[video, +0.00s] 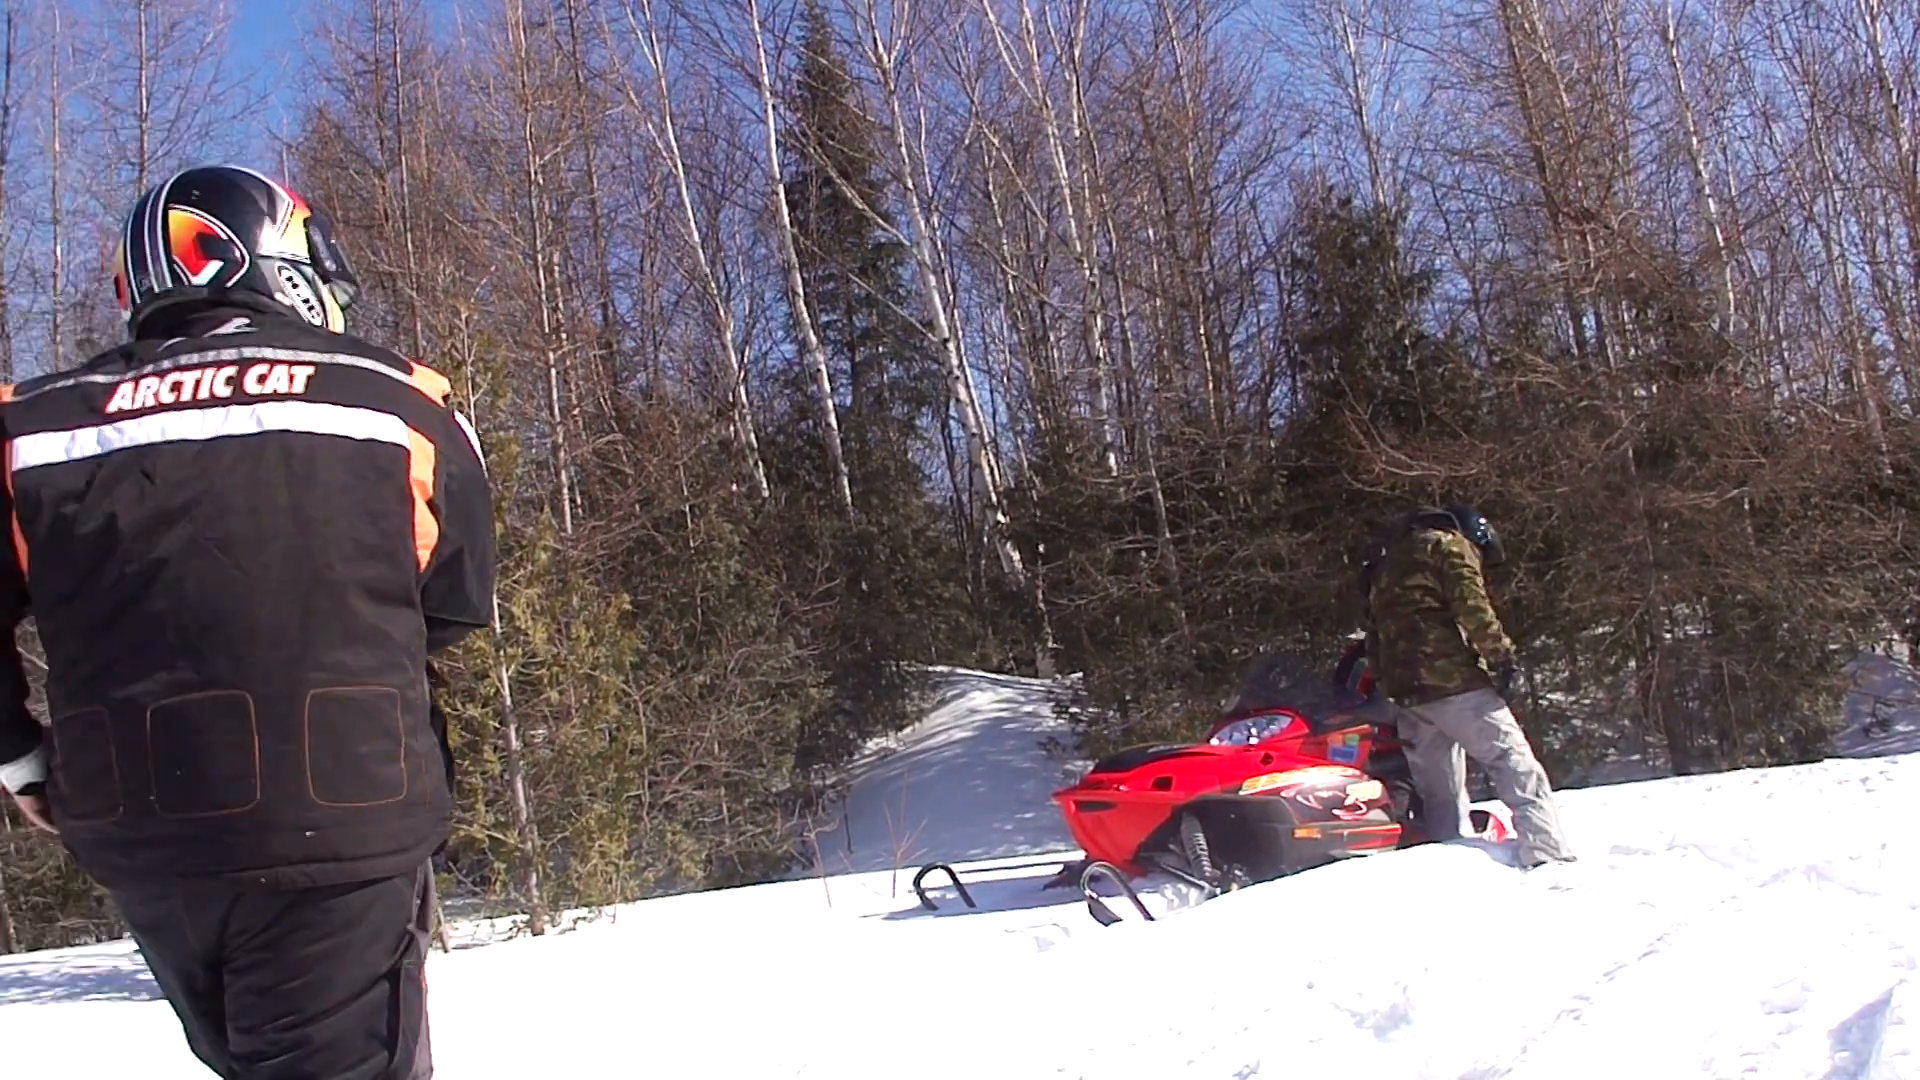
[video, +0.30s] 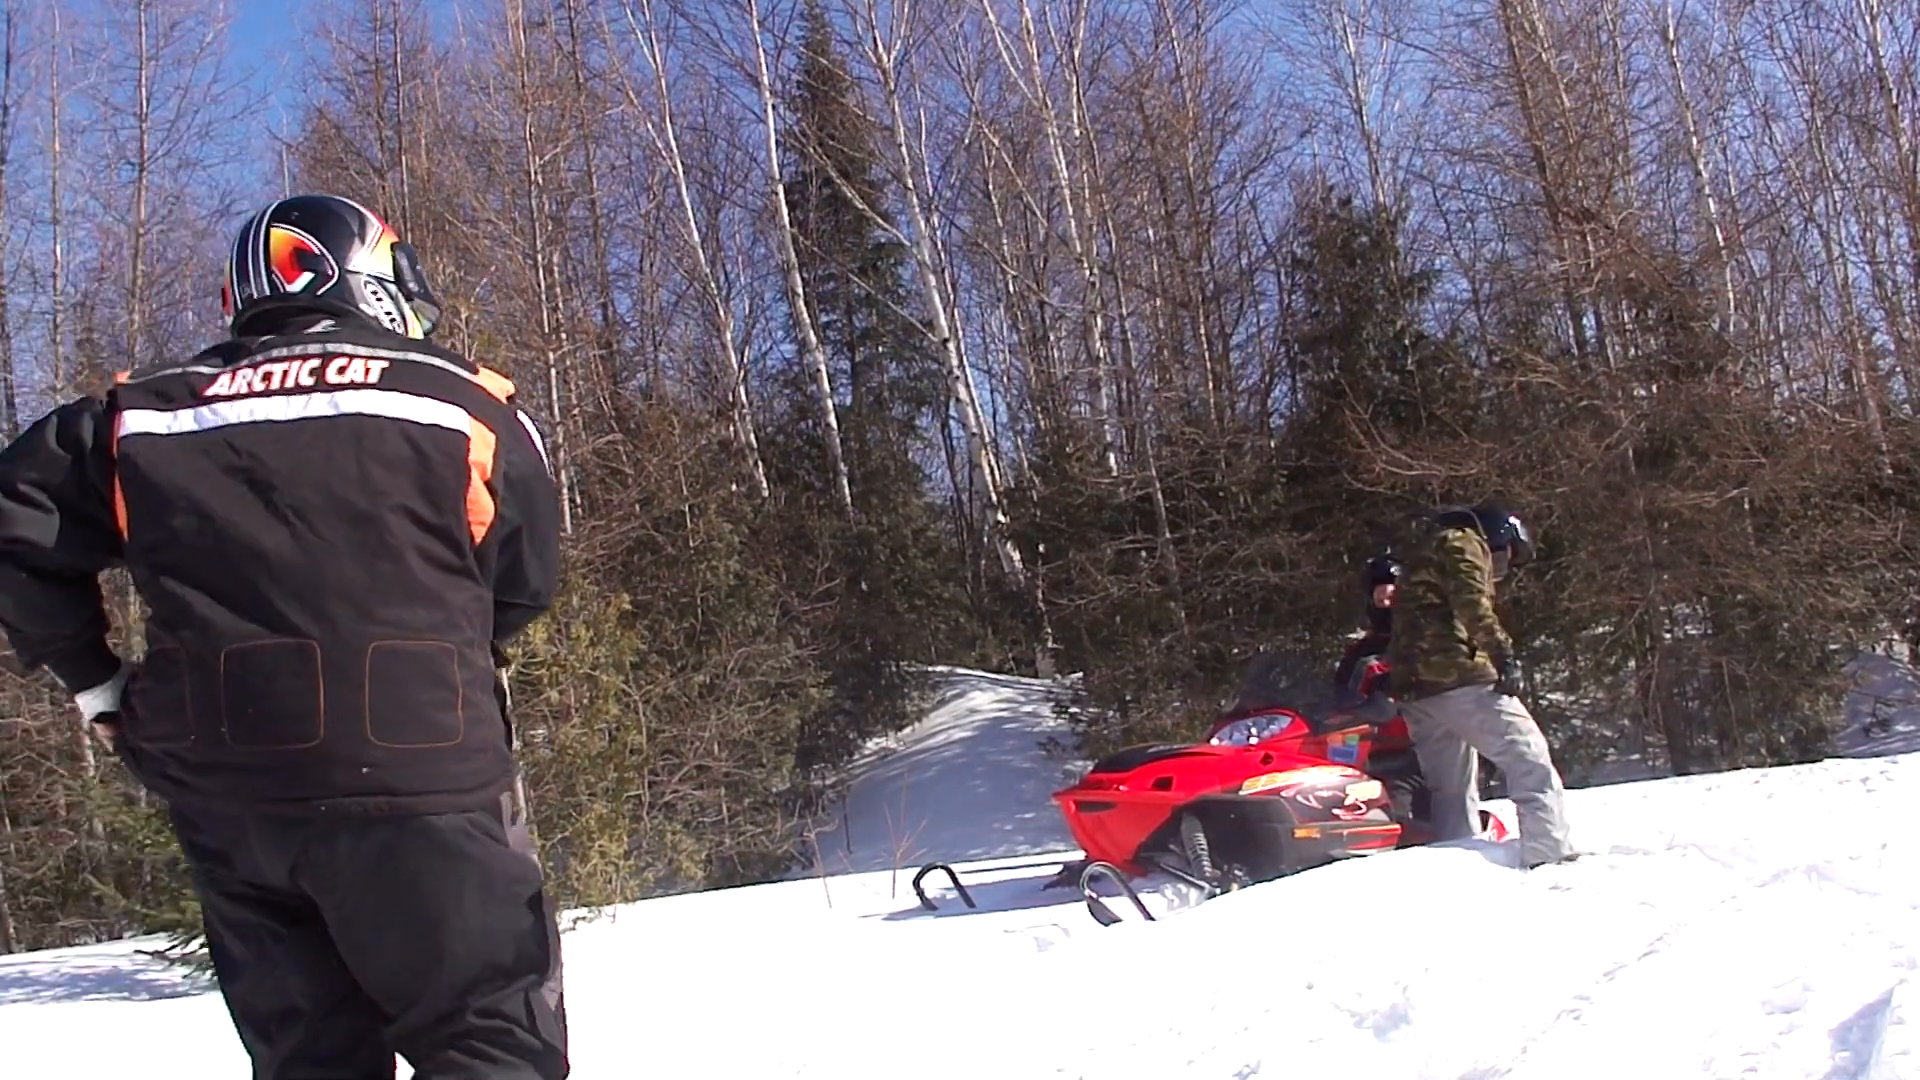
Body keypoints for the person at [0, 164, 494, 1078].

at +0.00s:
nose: (337, 285)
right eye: (323, 264)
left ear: (135, 283)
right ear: (297, 266)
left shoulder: (25, 418)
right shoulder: (410, 398)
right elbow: (459, 600)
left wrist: (21, 758)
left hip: (140, 844)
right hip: (347, 828)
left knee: (251, 1057)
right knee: (326, 1061)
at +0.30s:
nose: (420, 302)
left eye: (413, 284)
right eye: (407, 281)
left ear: (245, 293)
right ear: (381, 282)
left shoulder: (137, 407)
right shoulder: (469, 400)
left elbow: (15, 520)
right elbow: (527, 579)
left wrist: (98, 686)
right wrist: (446, 641)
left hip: (227, 815)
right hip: (421, 798)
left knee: (306, 1058)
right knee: (490, 1045)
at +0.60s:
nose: (539, 358)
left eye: (532, 339)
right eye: (527, 338)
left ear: (374, 355)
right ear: (501, 343)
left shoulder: (284, 468)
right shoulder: (585, 455)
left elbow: (183, 593)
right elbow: (656, 624)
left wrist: (262, 726)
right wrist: (576, 696)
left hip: (359, 829)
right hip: (537, 828)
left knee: (387, 1042)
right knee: (590, 1048)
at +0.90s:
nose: (647, 371)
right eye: (637, 357)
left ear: (502, 376)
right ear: (620, 362)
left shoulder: (424, 490)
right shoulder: (710, 473)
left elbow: (355, 631)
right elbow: (759, 624)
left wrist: (433, 745)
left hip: (512, 824)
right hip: (671, 818)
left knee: (568, 1006)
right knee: (665, 1033)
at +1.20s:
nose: (710, 400)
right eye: (701, 387)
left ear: (581, 406)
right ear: (687, 392)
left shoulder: (514, 518)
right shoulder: (774, 490)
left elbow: (456, 650)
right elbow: (825, 627)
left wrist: (520, 763)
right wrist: (752, 687)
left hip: (593, 813)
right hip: (740, 798)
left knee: (663, 1010)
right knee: (749, 1012)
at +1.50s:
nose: (796, 428)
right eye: (787, 417)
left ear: (680, 429)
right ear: (774, 420)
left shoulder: (617, 526)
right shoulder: (831, 489)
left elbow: (543, 622)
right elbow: (908, 599)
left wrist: (602, 729)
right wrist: (863, 691)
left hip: (672, 787)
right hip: (812, 777)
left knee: (707, 980)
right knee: (852, 969)